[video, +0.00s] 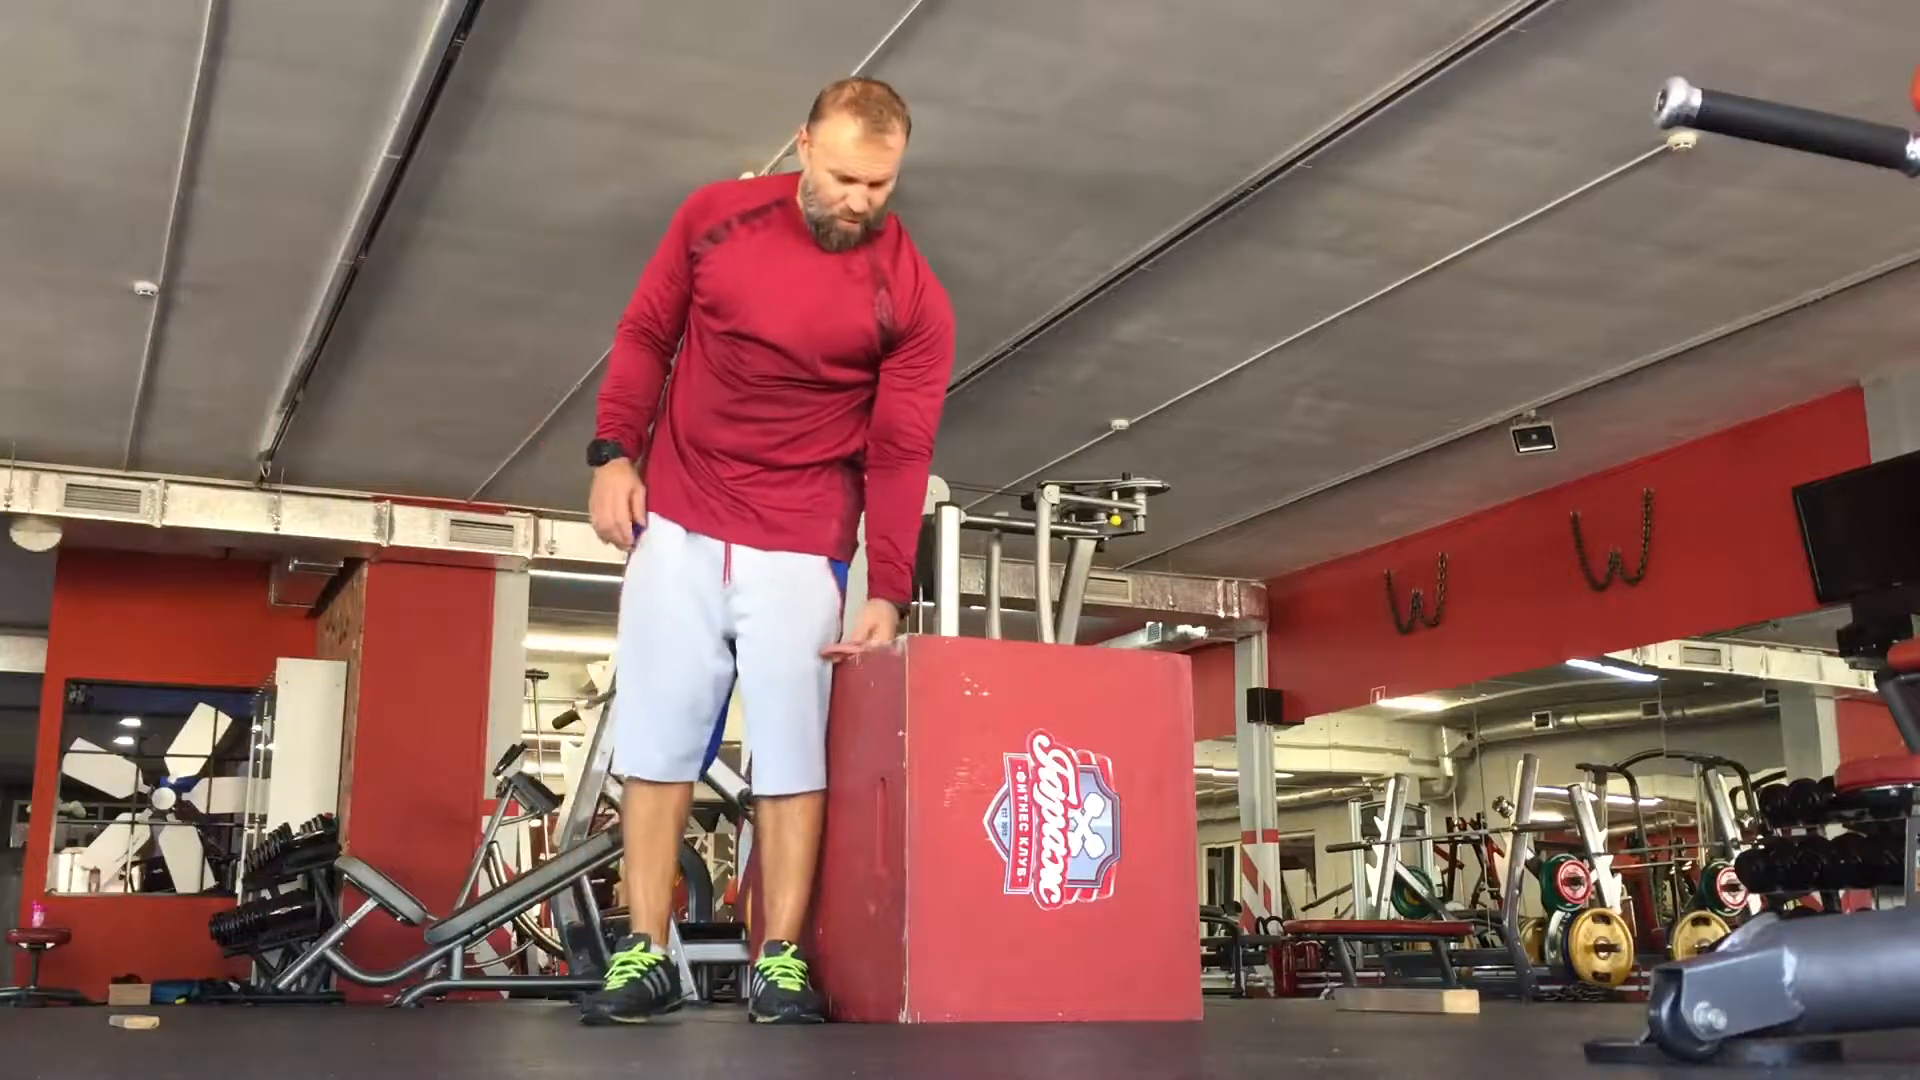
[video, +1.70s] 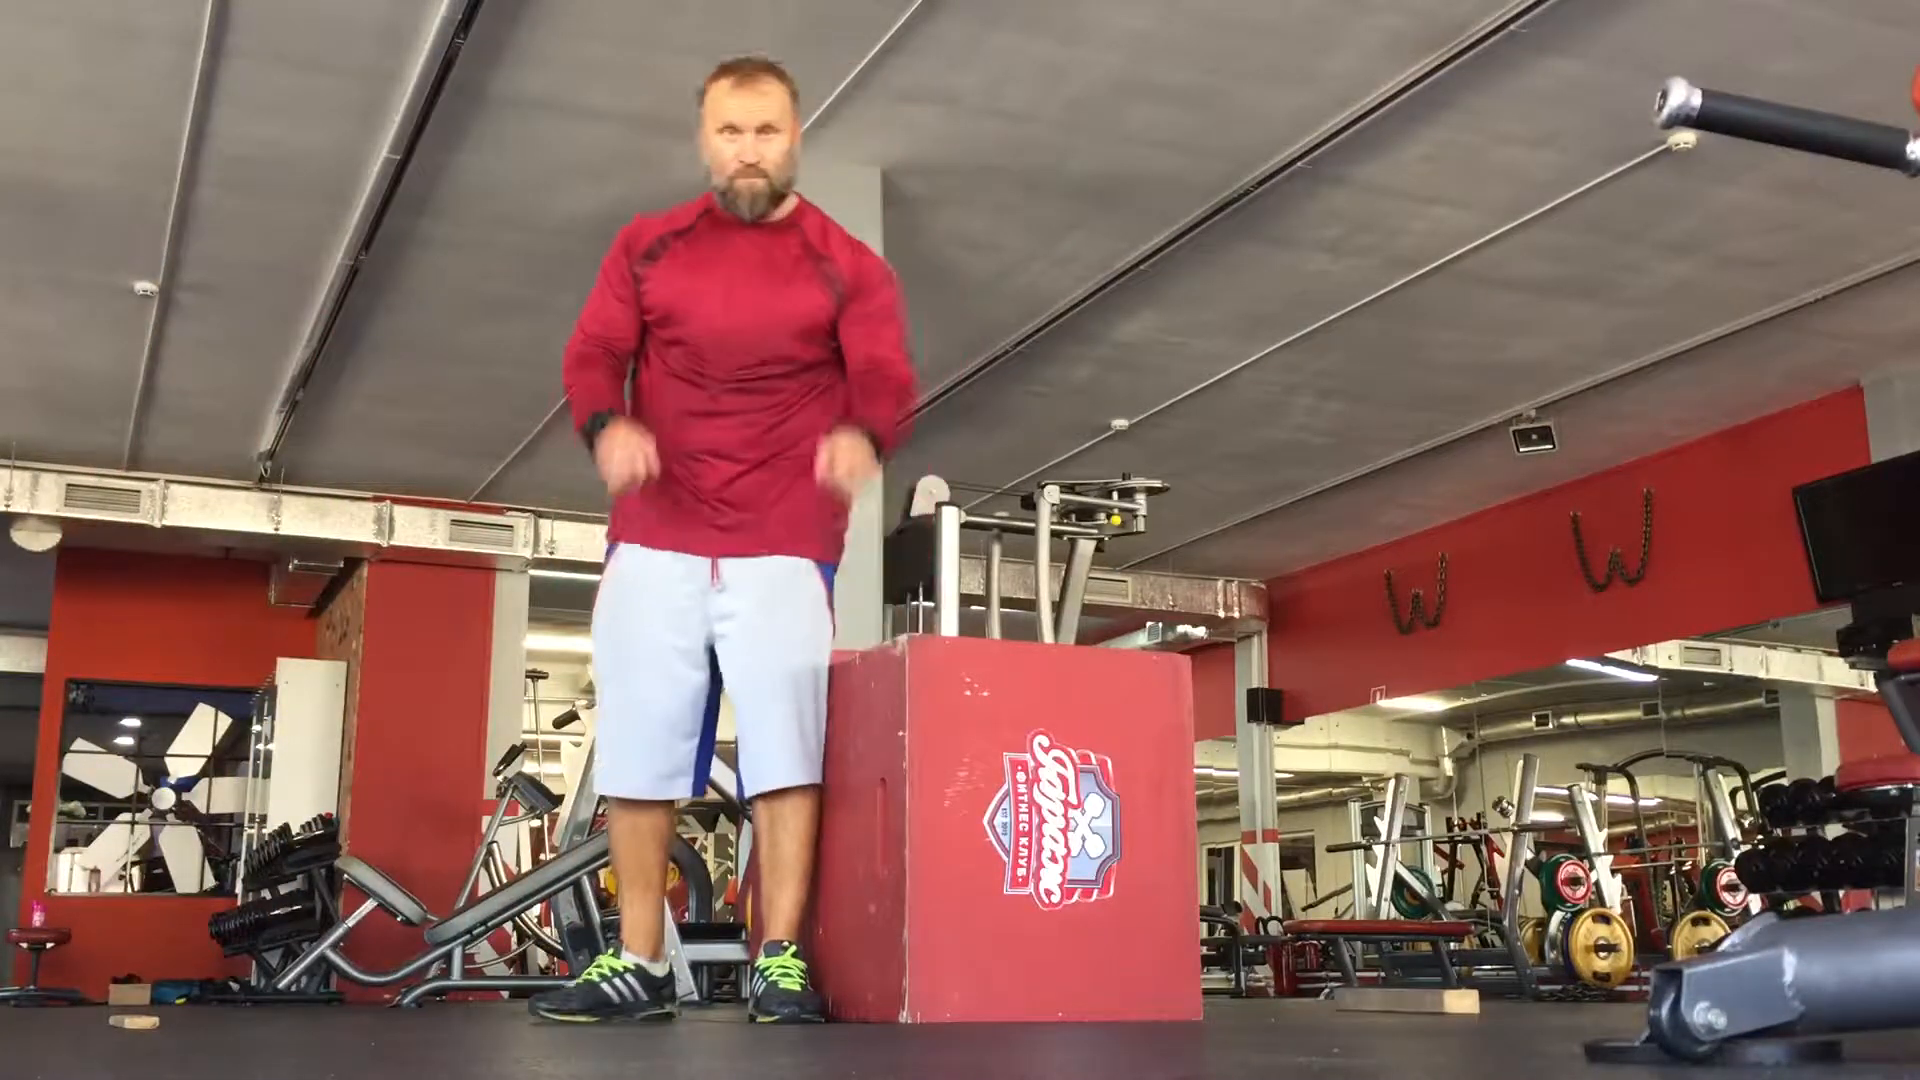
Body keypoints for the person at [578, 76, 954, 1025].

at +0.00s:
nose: (855, 200)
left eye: (876, 184)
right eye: (839, 178)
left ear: (900, 175)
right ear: (804, 144)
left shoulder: (913, 301)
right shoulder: (715, 216)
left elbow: (903, 454)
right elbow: (645, 335)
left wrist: (887, 592)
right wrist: (614, 455)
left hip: (803, 527)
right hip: (680, 507)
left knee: (791, 738)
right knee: (659, 728)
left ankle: (780, 957)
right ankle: (646, 953)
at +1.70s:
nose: (747, 147)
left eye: (766, 129)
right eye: (729, 130)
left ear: (797, 139)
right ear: (702, 141)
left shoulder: (849, 268)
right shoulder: (647, 248)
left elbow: (887, 380)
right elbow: (590, 356)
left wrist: (861, 433)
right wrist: (608, 423)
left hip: (784, 531)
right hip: (656, 528)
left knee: (782, 742)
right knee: (636, 740)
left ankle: (779, 958)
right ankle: (640, 964)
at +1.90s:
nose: (676, 167)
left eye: (694, 150)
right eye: (657, 153)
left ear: (726, 162)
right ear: (634, 169)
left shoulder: (767, 253)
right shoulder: (597, 252)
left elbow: (805, 279)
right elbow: (567, 291)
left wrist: (798, 280)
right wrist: (605, 288)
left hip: (741, 549)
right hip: (615, 553)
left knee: (762, 750)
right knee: (618, 754)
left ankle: (775, 958)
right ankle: (636, 963)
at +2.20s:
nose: (594, 178)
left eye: (610, 160)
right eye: (574, 164)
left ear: (641, 165)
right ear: (550, 176)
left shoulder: (688, 253)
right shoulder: (522, 261)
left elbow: (721, 283)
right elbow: (492, 294)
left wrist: (698, 251)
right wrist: (530, 270)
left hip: (655, 527)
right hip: (550, 537)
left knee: (652, 726)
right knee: (575, 742)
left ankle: (662, 947)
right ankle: (623, 949)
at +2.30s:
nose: (566, 175)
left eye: (582, 156)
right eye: (546, 161)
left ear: (614, 163)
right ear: (525, 176)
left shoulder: (659, 253)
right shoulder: (505, 270)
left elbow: (690, 278)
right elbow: (452, 329)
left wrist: (717, 253)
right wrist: (469, 282)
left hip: (627, 522)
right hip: (529, 532)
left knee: (607, 720)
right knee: (569, 739)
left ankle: (579, 940)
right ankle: (631, 958)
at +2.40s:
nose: (532, 168)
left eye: (549, 148)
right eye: (513, 153)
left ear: (585, 156)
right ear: (493, 170)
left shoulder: (634, 254)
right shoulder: (463, 276)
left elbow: (687, 295)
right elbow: (391, 356)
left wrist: (739, 275)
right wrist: (381, 275)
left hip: (599, 525)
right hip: (497, 536)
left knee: (546, 716)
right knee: (551, 744)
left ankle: (481, 940)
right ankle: (636, 963)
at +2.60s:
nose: (456, 149)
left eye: (475, 129)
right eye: (437, 134)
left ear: (516, 140)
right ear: (419, 153)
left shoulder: (560, 249)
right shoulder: (387, 270)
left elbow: (615, 341)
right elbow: (302, 336)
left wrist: (646, 289)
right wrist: (256, 209)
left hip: (514, 529)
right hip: (436, 532)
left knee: (413, 715)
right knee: (522, 746)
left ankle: (335, 959)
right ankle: (628, 950)